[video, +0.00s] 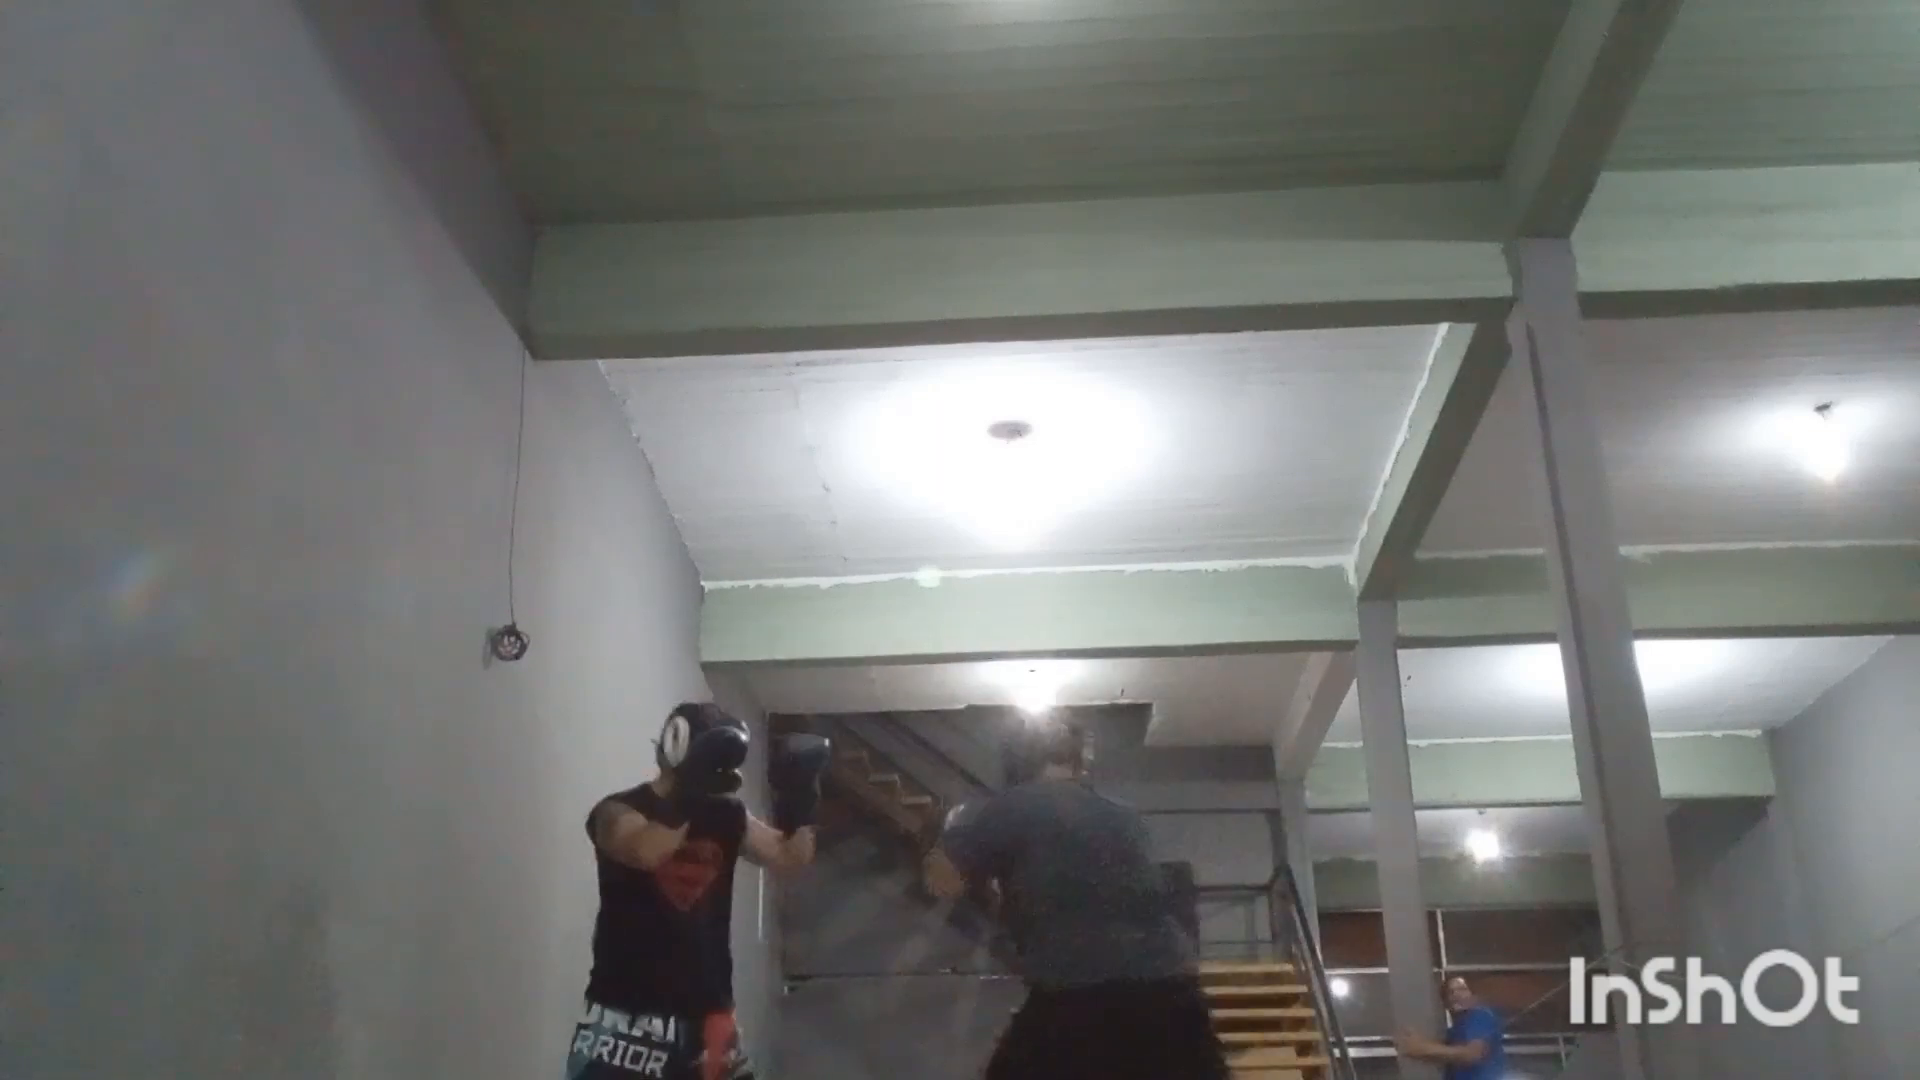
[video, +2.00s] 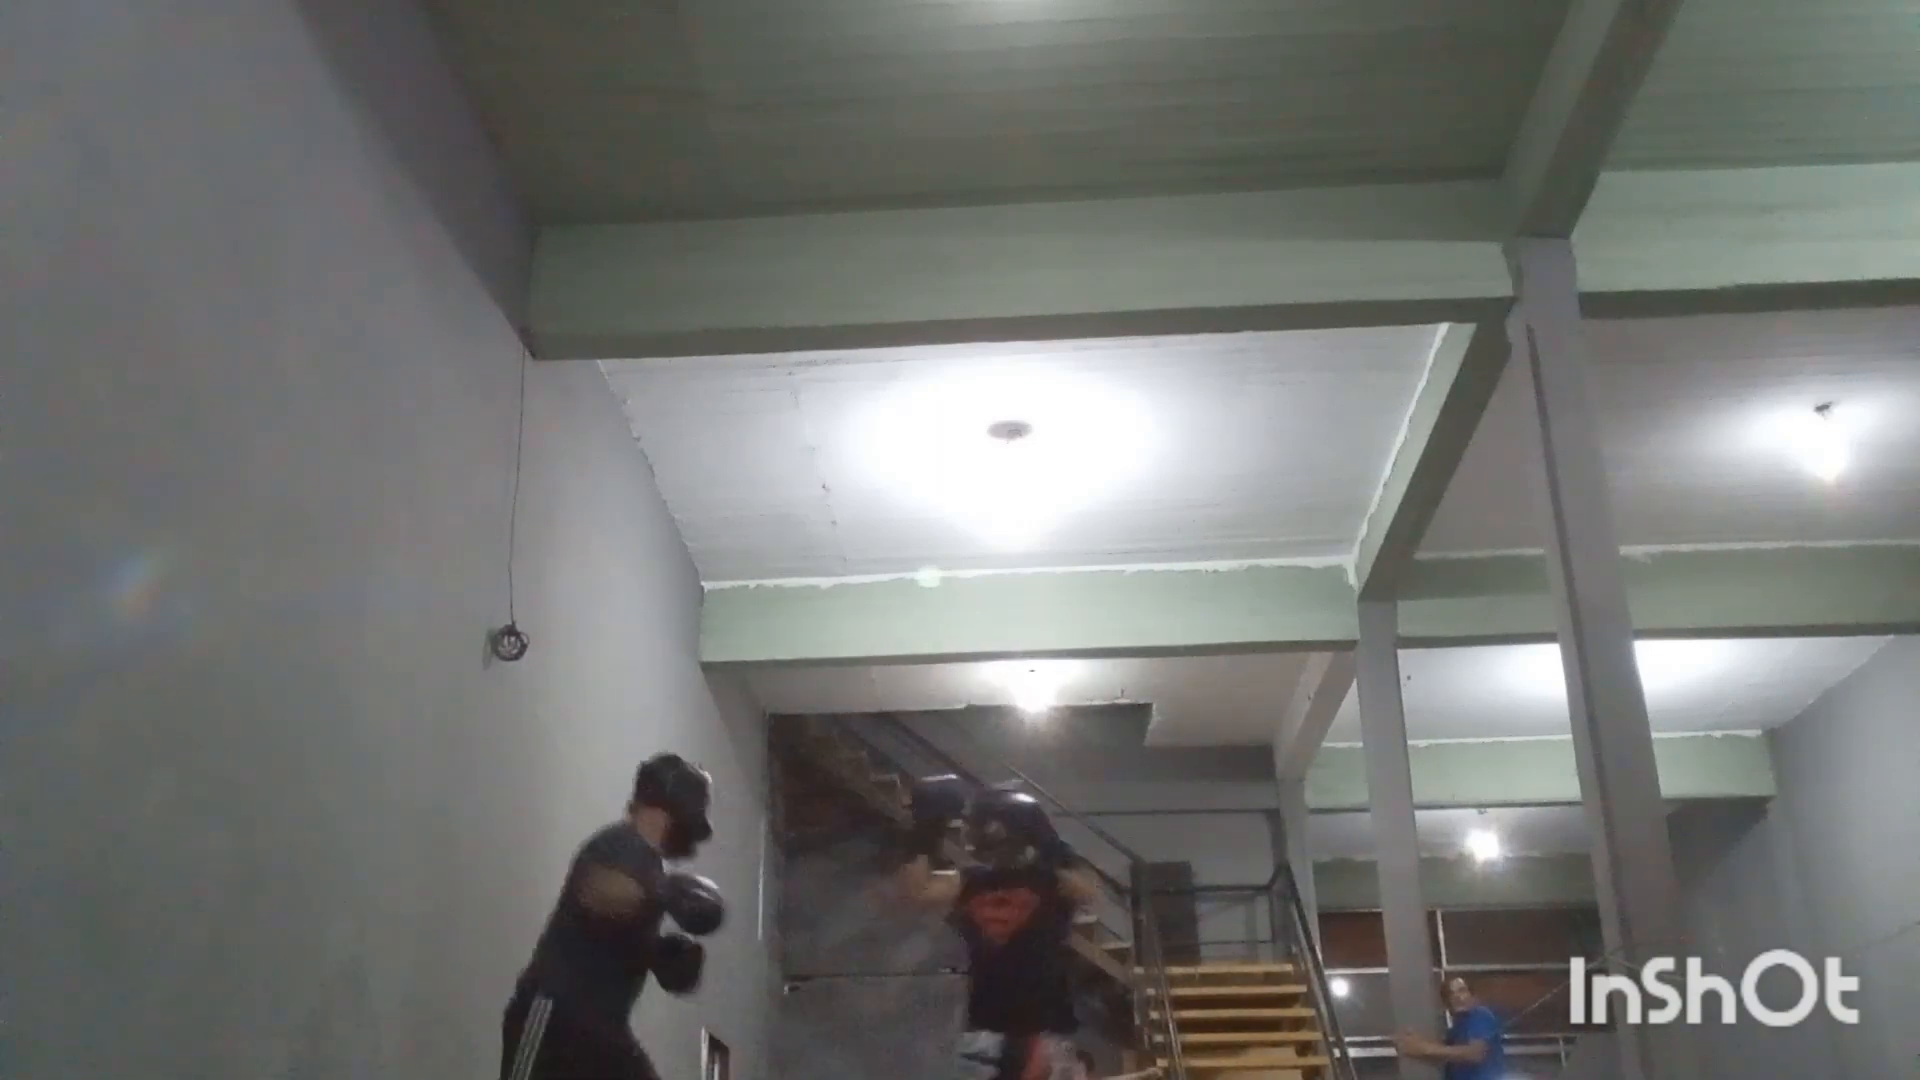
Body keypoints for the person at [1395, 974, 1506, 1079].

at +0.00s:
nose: (1457, 995)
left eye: (1462, 990)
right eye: (1452, 992)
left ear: (1470, 993)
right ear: (1445, 999)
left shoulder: (1480, 1016)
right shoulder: (1455, 1027)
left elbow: (1475, 1053)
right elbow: (1452, 1053)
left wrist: (1425, 1049)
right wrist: (1419, 1046)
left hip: (1483, 1075)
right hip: (1460, 1075)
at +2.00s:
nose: (1458, 996)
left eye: (1462, 991)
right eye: (1452, 993)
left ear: (1470, 993)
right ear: (1446, 1000)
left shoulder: (1481, 1015)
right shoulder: (1457, 1023)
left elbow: (1477, 1053)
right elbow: (1450, 1054)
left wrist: (1425, 1049)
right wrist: (1420, 1045)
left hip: (1483, 1076)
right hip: (1460, 1076)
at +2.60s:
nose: (1458, 1007)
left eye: (1464, 1003)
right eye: (1454, 1001)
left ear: (1474, 1004)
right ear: (1449, 1002)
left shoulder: (1482, 1018)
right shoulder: (1457, 1028)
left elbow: (1477, 1052)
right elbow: (1445, 1054)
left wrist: (1426, 1049)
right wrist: (1418, 1048)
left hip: (1484, 1076)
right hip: (1461, 1076)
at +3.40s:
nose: (1461, 1000)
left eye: (1466, 995)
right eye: (1455, 996)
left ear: (1475, 998)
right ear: (1448, 1002)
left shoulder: (1484, 1020)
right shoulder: (1452, 1030)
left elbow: (1476, 1058)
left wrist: (1431, 1051)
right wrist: (1423, 1053)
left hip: (1485, 1076)